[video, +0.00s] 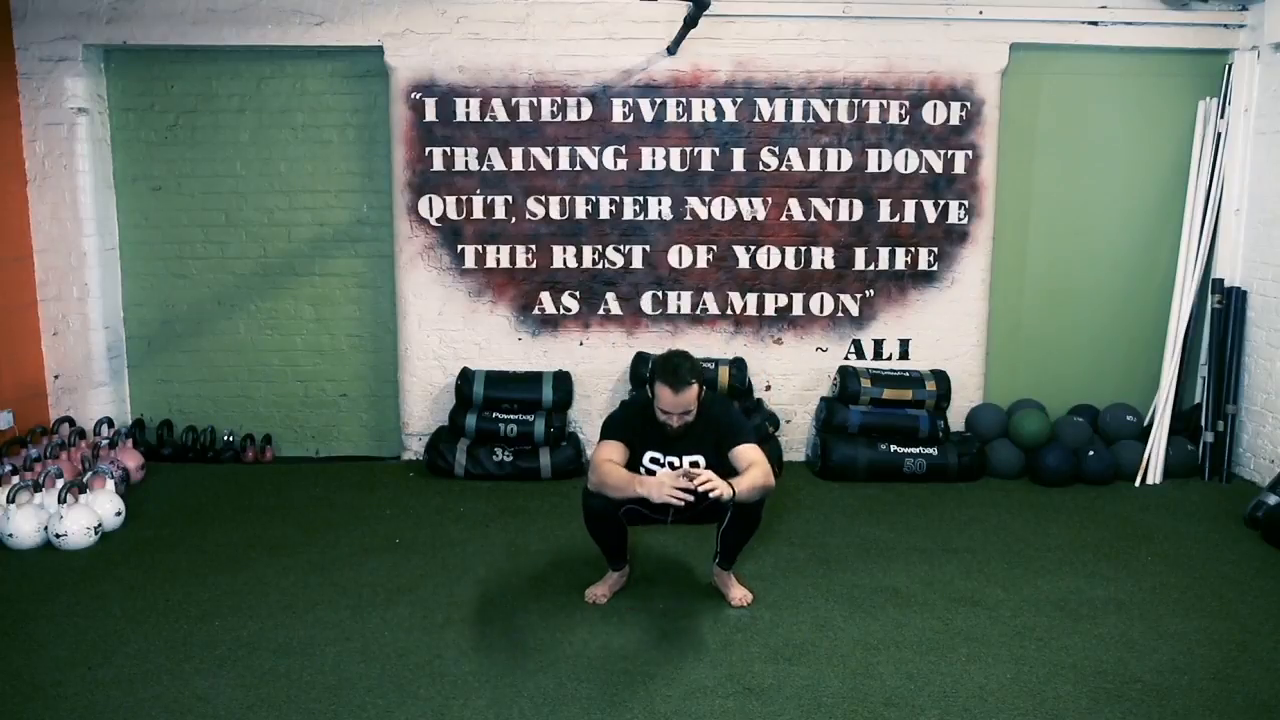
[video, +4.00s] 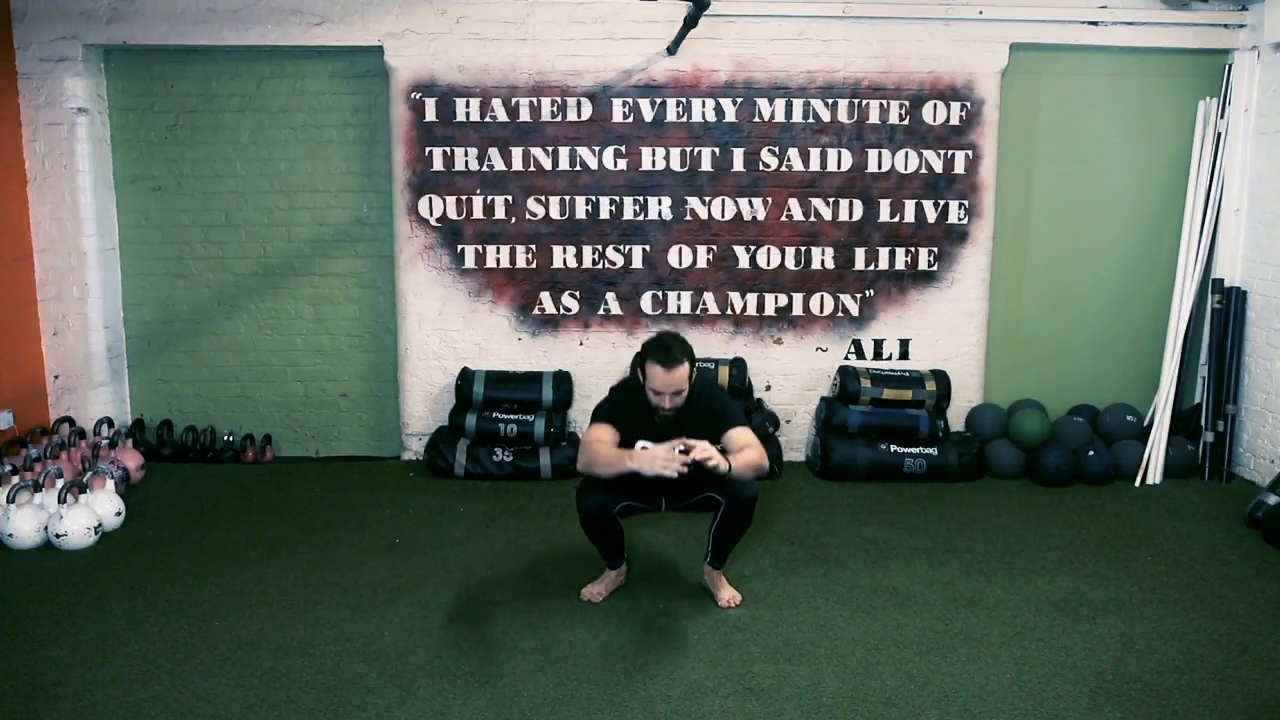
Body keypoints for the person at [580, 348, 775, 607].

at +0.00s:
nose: (675, 422)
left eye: (686, 413)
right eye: (665, 413)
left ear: (700, 394)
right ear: (651, 395)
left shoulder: (720, 412)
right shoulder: (631, 413)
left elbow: (763, 475)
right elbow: (599, 473)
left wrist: (730, 487)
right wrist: (645, 485)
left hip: (702, 503)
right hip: (645, 503)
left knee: (751, 498)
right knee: (596, 501)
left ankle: (723, 571)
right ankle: (618, 569)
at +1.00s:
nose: (684, 174)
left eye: (692, 163)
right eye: (674, 164)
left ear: (704, 155)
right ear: (656, 158)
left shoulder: (721, 194)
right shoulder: (637, 203)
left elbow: (782, 246)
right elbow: (612, 257)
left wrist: (759, 241)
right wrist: (674, 242)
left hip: (725, 350)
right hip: (659, 355)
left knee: (766, 443)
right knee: (638, 457)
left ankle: (809, 547)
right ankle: (619, 561)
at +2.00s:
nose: (933, 411)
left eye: (943, 403)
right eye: (925, 401)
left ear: (959, 390)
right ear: (909, 382)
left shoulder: (971, 410)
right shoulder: (883, 399)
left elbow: (1034, 463)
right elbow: (860, 456)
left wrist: (1013, 449)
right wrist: (932, 452)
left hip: (913, 496)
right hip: (852, 494)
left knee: (991, 501)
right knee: (755, 537)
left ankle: (931, 574)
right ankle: (643, 572)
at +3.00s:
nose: (703, 173)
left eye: (714, 164)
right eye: (695, 163)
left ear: (728, 158)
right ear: (680, 155)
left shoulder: (742, 200)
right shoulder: (656, 197)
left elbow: (799, 239)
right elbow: (623, 235)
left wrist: (766, 213)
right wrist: (691, 207)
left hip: (733, 352)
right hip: (669, 352)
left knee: (756, 449)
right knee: (644, 454)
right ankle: (622, 560)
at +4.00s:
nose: (666, 403)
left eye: (677, 394)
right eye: (657, 394)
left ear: (691, 377)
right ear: (641, 377)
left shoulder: (709, 397)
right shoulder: (624, 396)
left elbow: (757, 459)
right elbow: (588, 457)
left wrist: (726, 464)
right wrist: (638, 460)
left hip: (694, 485)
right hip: (638, 485)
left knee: (743, 492)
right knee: (591, 497)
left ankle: (714, 569)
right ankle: (616, 568)